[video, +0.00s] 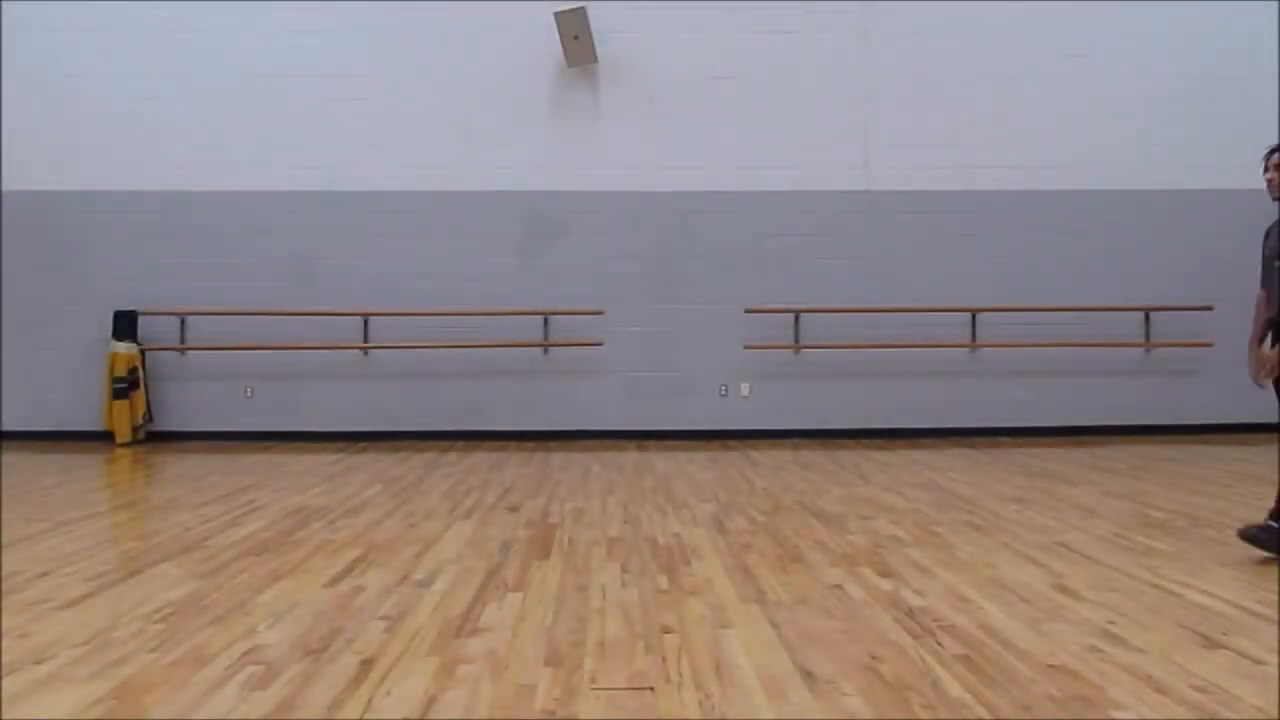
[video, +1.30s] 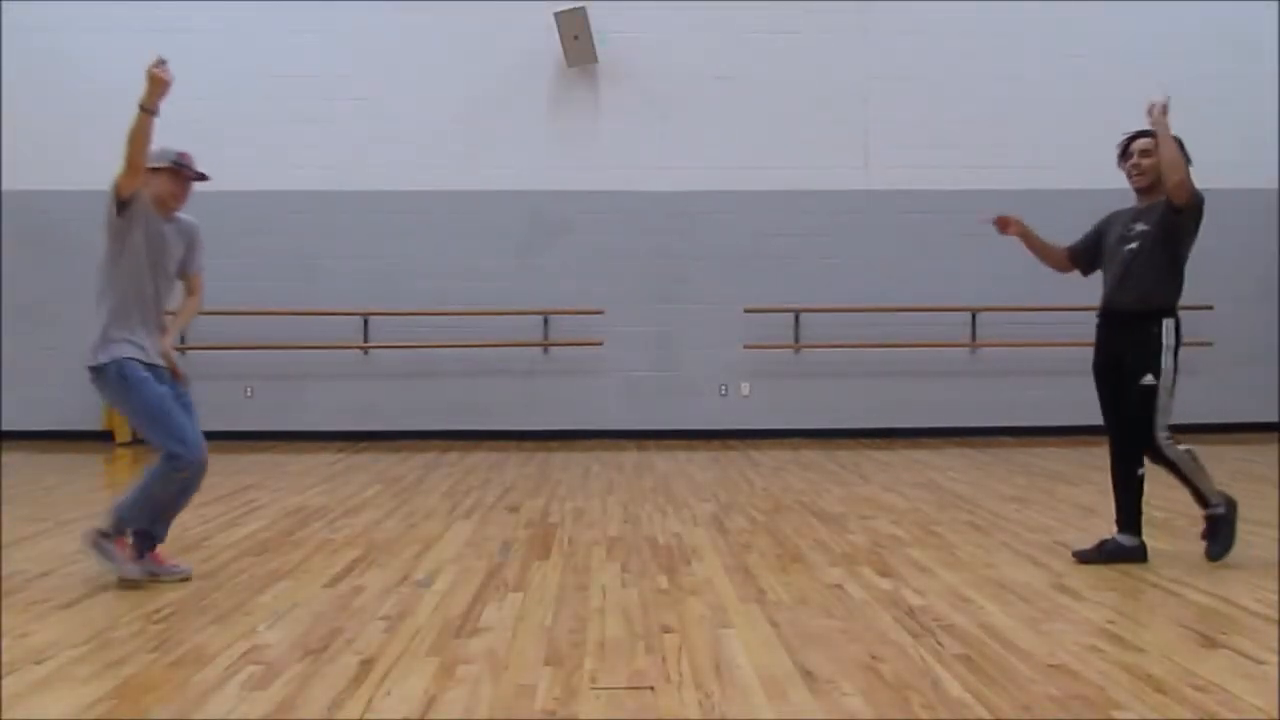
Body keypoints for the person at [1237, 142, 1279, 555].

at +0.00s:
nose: (1272, 177)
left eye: (1277, 169)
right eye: (1269, 170)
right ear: (1264, 178)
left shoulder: (1275, 232)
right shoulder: (1272, 233)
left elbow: (1269, 292)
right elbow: (1267, 291)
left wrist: (1269, 344)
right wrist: (1256, 341)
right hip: (1278, 345)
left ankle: (1276, 517)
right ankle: (1275, 517)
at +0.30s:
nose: (1252, 167)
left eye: (1263, 160)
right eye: (1252, 160)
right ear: (1252, 170)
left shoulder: (1274, 224)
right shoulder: (1251, 227)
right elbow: (1237, 295)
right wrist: (1193, 324)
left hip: (1274, 340)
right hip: (1250, 340)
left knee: (1275, 437)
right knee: (1262, 430)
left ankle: (1263, 531)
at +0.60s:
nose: (1227, 163)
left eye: (1237, 155)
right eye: (1226, 156)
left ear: (1265, 163)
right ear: (1229, 165)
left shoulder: (1274, 213)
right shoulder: (1230, 222)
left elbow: (1276, 276)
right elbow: (1213, 286)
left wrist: (1266, 289)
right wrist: (1155, 297)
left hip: (1262, 332)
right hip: (1224, 331)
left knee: (1264, 433)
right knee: (1199, 422)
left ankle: (1260, 532)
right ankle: (1236, 518)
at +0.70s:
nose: (1216, 163)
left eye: (1227, 155)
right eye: (1215, 156)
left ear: (1255, 163)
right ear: (1219, 166)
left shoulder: (1272, 213)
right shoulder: (1219, 223)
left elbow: (1274, 277)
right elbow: (1200, 284)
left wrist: (1239, 271)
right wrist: (1141, 276)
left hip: (1260, 331)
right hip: (1217, 332)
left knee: (1262, 435)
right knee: (1192, 425)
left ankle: (1259, 535)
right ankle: (1185, 528)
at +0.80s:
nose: (1205, 165)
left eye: (1214, 157)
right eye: (1202, 159)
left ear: (1242, 163)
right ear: (1204, 168)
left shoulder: (1264, 212)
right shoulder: (1210, 217)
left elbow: (1252, 271)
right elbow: (1175, 276)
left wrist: (1209, 230)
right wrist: (1129, 244)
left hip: (1253, 332)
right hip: (1208, 334)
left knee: (1260, 438)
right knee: (1184, 429)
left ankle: (1258, 536)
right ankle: (1148, 524)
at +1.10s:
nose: (1162, 170)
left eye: (1172, 161)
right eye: (1159, 163)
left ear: (1197, 167)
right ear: (1157, 171)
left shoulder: (1219, 212)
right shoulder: (1150, 224)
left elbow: (1205, 214)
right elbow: (1107, 264)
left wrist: (1188, 159)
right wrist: (1071, 225)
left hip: (1195, 335)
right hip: (1149, 337)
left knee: (1215, 439)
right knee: (1142, 441)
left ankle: (1253, 530)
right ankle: (1129, 538)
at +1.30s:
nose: (1136, 162)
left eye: (1146, 154)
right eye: (1129, 157)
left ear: (1168, 164)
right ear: (1123, 170)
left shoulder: (1181, 213)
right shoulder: (1115, 222)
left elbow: (1179, 186)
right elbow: (1066, 261)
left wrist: (1162, 128)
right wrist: (1024, 233)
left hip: (1155, 330)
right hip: (1112, 330)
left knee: (1155, 438)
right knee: (1122, 440)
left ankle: (1218, 507)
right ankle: (1128, 537)